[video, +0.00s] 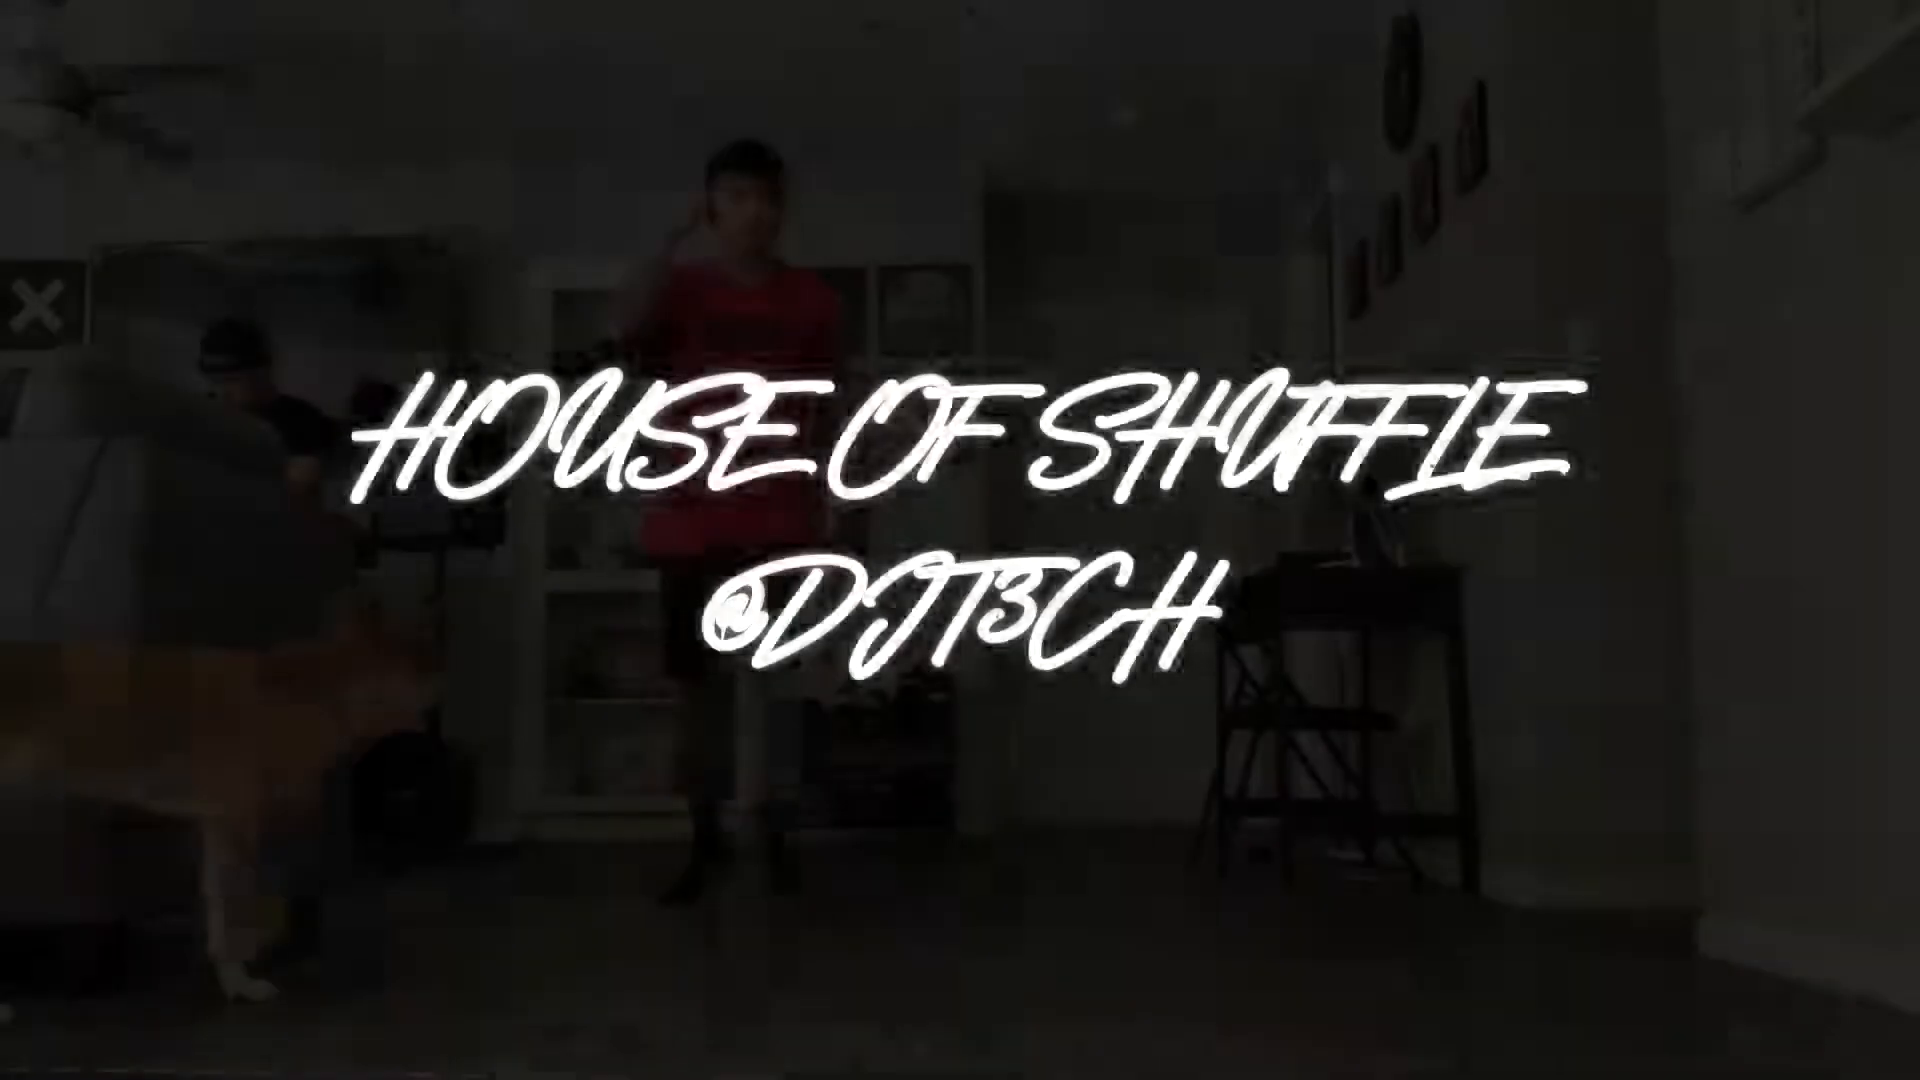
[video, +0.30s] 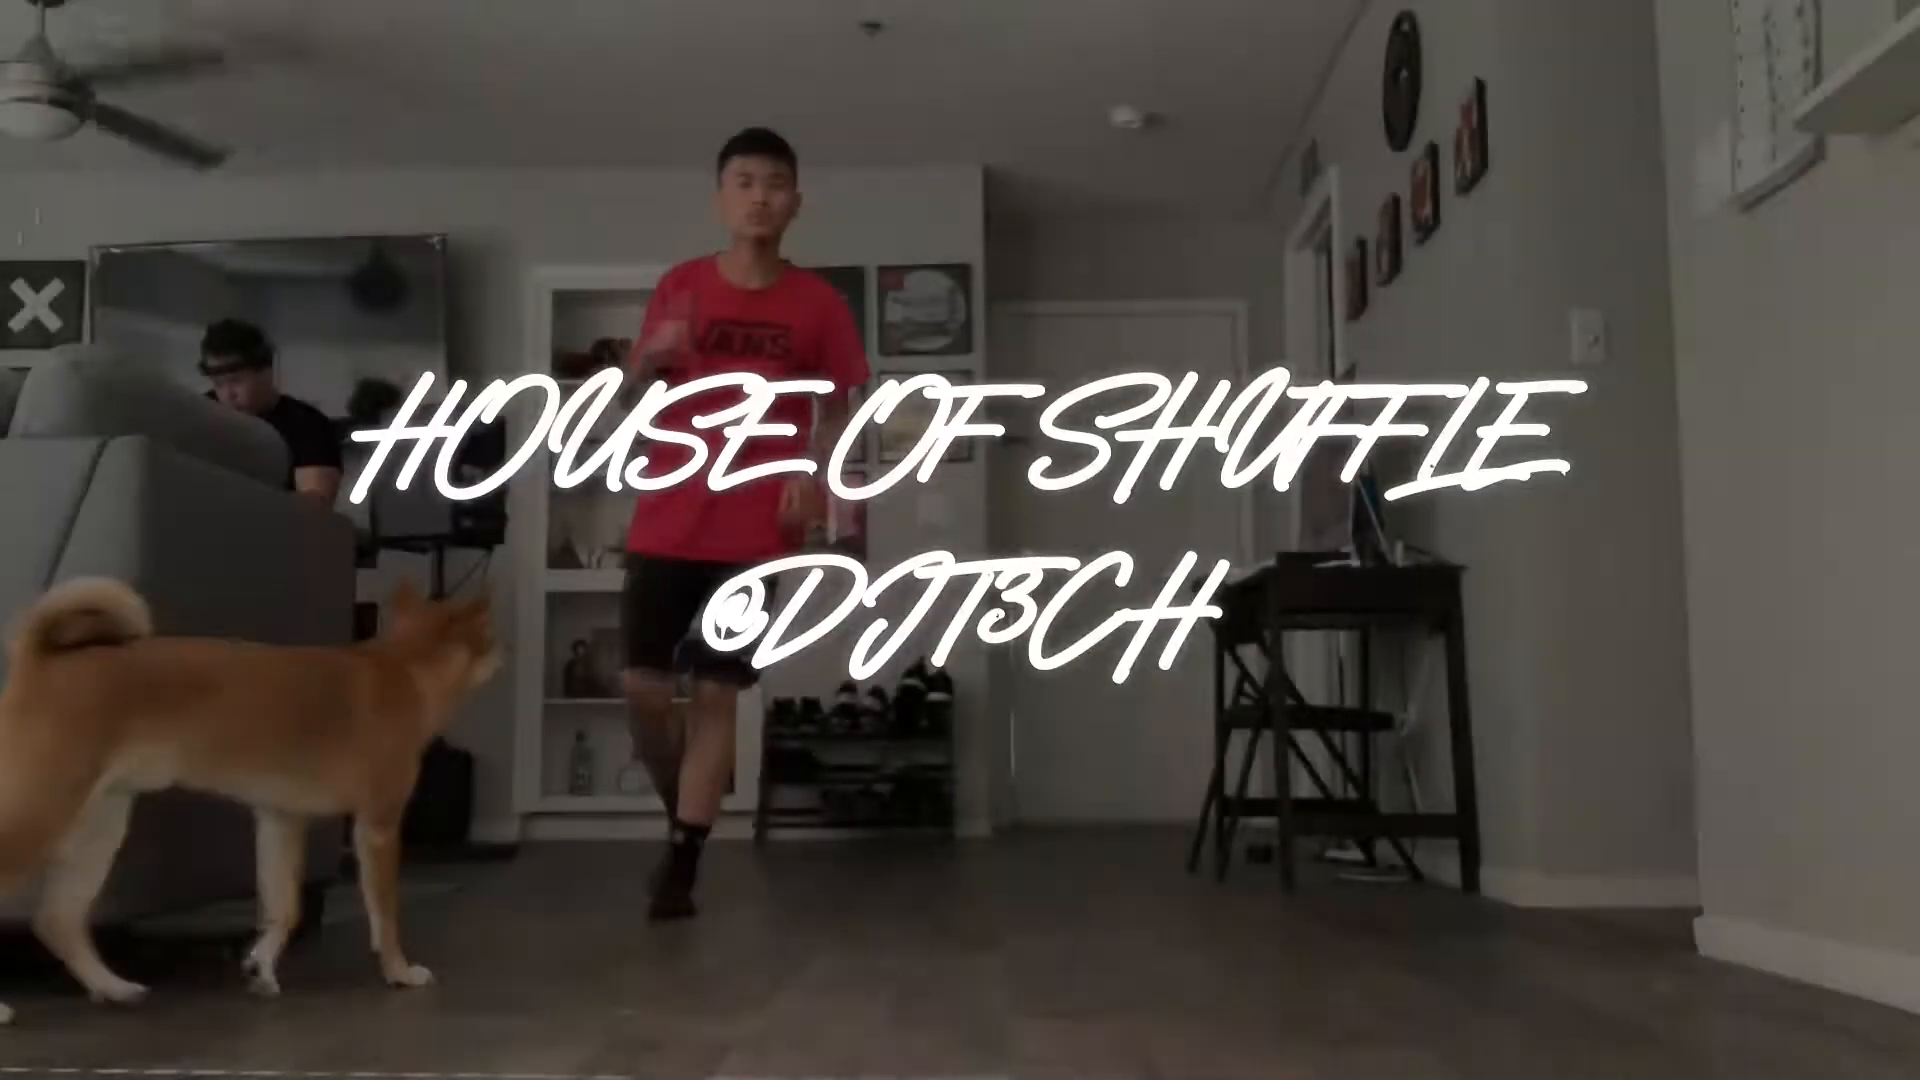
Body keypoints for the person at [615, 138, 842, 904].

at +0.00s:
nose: (744, 214)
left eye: (758, 199)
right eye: (732, 197)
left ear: (779, 209)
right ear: (708, 205)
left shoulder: (811, 301)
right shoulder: (675, 293)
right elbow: (627, 367)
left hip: (786, 526)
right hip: (695, 529)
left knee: (786, 691)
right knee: (701, 694)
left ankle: (783, 846)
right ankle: (704, 847)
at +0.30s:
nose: (760, 198)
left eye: (776, 185)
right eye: (745, 183)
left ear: (795, 201)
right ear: (719, 196)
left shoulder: (820, 304)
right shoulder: (680, 288)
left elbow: (851, 413)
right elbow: (633, 387)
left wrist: (821, 480)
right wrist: (656, 352)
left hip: (755, 533)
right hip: (666, 525)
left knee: (714, 691)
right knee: (645, 687)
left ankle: (684, 860)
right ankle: (685, 818)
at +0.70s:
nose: (806, 163)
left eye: (820, 151)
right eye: (789, 151)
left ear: (840, 171)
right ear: (760, 172)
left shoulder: (872, 278)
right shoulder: (727, 273)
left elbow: (902, 397)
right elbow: (689, 395)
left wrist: (869, 364)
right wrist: (673, 494)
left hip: (831, 507)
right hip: (745, 505)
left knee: (764, 695)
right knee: (786, 688)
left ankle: (686, 863)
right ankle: (798, 874)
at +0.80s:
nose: (836, 158)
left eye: (846, 147)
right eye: (817, 147)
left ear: (862, 167)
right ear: (781, 168)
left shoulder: (892, 270)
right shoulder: (754, 271)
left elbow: (909, 390)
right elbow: (719, 398)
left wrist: (916, 438)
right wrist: (714, 502)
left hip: (873, 510)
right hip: (788, 509)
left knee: (844, 706)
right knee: (802, 690)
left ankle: (725, 823)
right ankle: (791, 880)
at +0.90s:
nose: (885, 160)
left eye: (891, 150)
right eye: (865, 148)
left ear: (898, 176)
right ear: (819, 171)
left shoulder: (924, 282)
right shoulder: (789, 271)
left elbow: (941, 396)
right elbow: (757, 395)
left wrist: (932, 477)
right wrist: (770, 491)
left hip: (902, 522)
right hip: (821, 520)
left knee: (941, 690)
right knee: (839, 695)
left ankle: (812, 785)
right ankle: (797, 882)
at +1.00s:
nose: (935, 147)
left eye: (940, 136)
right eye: (916, 132)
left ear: (941, 162)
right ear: (864, 154)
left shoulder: (946, 267)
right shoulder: (841, 240)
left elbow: (953, 385)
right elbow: (792, 369)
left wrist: (969, 460)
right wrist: (841, 442)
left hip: (948, 516)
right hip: (868, 518)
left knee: (1010, 666)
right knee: (854, 690)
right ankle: (801, 875)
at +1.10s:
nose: (981, 161)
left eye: (982, 150)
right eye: (962, 145)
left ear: (976, 170)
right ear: (908, 162)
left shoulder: (967, 270)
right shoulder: (882, 249)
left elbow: (963, 380)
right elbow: (836, 356)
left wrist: (1001, 441)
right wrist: (914, 418)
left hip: (994, 513)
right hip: (915, 520)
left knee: (1057, 680)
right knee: (906, 693)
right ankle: (807, 868)